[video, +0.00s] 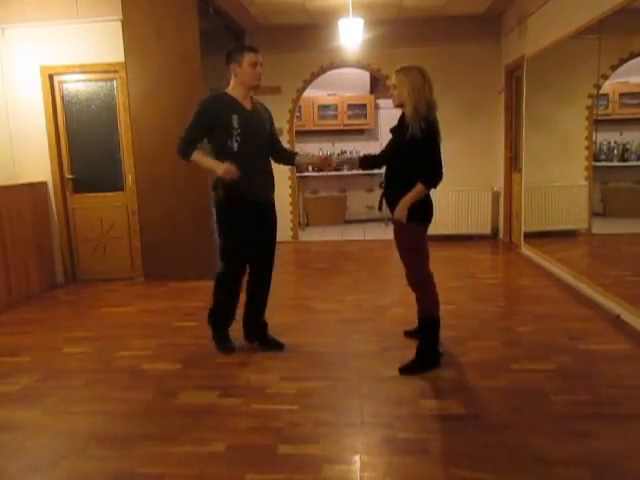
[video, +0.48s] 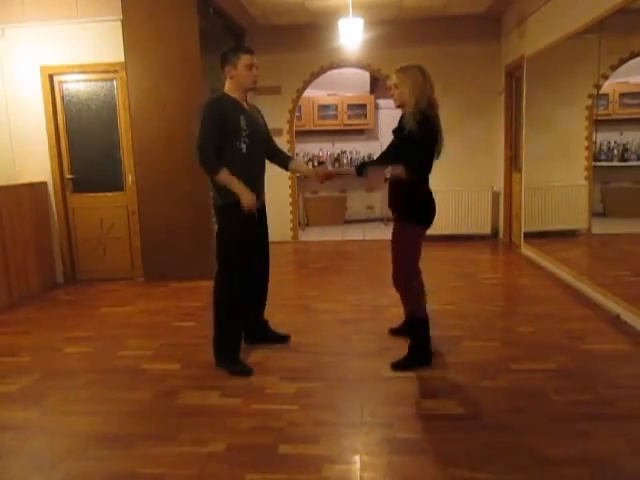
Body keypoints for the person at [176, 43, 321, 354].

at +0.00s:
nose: (260, 71)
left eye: (260, 65)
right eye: (254, 65)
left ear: (258, 70)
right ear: (234, 69)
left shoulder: (261, 111)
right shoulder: (215, 104)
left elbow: (277, 152)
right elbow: (186, 148)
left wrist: (312, 160)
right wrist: (217, 167)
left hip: (262, 197)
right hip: (233, 197)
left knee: (262, 266)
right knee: (234, 265)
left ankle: (255, 329)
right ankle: (220, 327)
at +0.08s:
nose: (260, 71)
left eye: (260, 66)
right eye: (253, 66)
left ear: (256, 72)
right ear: (233, 70)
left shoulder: (261, 111)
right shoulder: (213, 106)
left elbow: (274, 152)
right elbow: (190, 152)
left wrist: (301, 160)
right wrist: (220, 164)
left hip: (263, 198)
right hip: (232, 198)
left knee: (261, 267)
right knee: (234, 268)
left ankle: (256, 330)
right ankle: (220, 335)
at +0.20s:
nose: (257, 73)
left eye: (257, 68)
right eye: (250, 68)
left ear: (249, 72)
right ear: (231, 71)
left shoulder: (257, 114)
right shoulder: (214, 110)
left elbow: (274, 154)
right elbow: (206, 159)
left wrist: (310, 170)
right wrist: (229, 186)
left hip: (261, 203)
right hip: (231, 204)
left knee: (260, 269)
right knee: (231, 274)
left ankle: (256, 330)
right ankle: (225, 348)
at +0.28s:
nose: (256, 74)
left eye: (256, 68)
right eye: (250, 68)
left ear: (244, 73)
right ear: (230, 72)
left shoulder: (255, 115)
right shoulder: (212, 112)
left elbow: (275, 154)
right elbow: (208, 164)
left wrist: (310, 175)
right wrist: (235, 199)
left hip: (258, 204)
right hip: (230, 205)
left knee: (260, 266)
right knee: (231, 275)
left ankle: (255, 329)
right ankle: (227, 351)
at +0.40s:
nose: (255, 74)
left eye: (255, 68)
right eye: (249, 68)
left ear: (241, 73)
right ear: (230, 72)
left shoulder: (252, 114)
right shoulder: (215, 110)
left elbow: (275, 152)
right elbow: (211, 164)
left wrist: (311, 176)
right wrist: (237, 199)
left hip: (253, 203)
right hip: (229, 204)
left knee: (257, 267)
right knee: (231, 274)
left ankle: (254, 326)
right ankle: (226, 352)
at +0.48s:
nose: (256, 73)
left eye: (255, 67)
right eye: (250, 67)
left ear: (243, 72)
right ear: (230, 71)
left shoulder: (252, 112)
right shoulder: (216, 107)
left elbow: (271, 151)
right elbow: (207, 157)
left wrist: (309, 172)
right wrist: (239, 189)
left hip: (254, 203)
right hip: (230, 205)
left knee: (257, 267)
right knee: (232, 275)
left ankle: (255, 327)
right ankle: (226, 352)